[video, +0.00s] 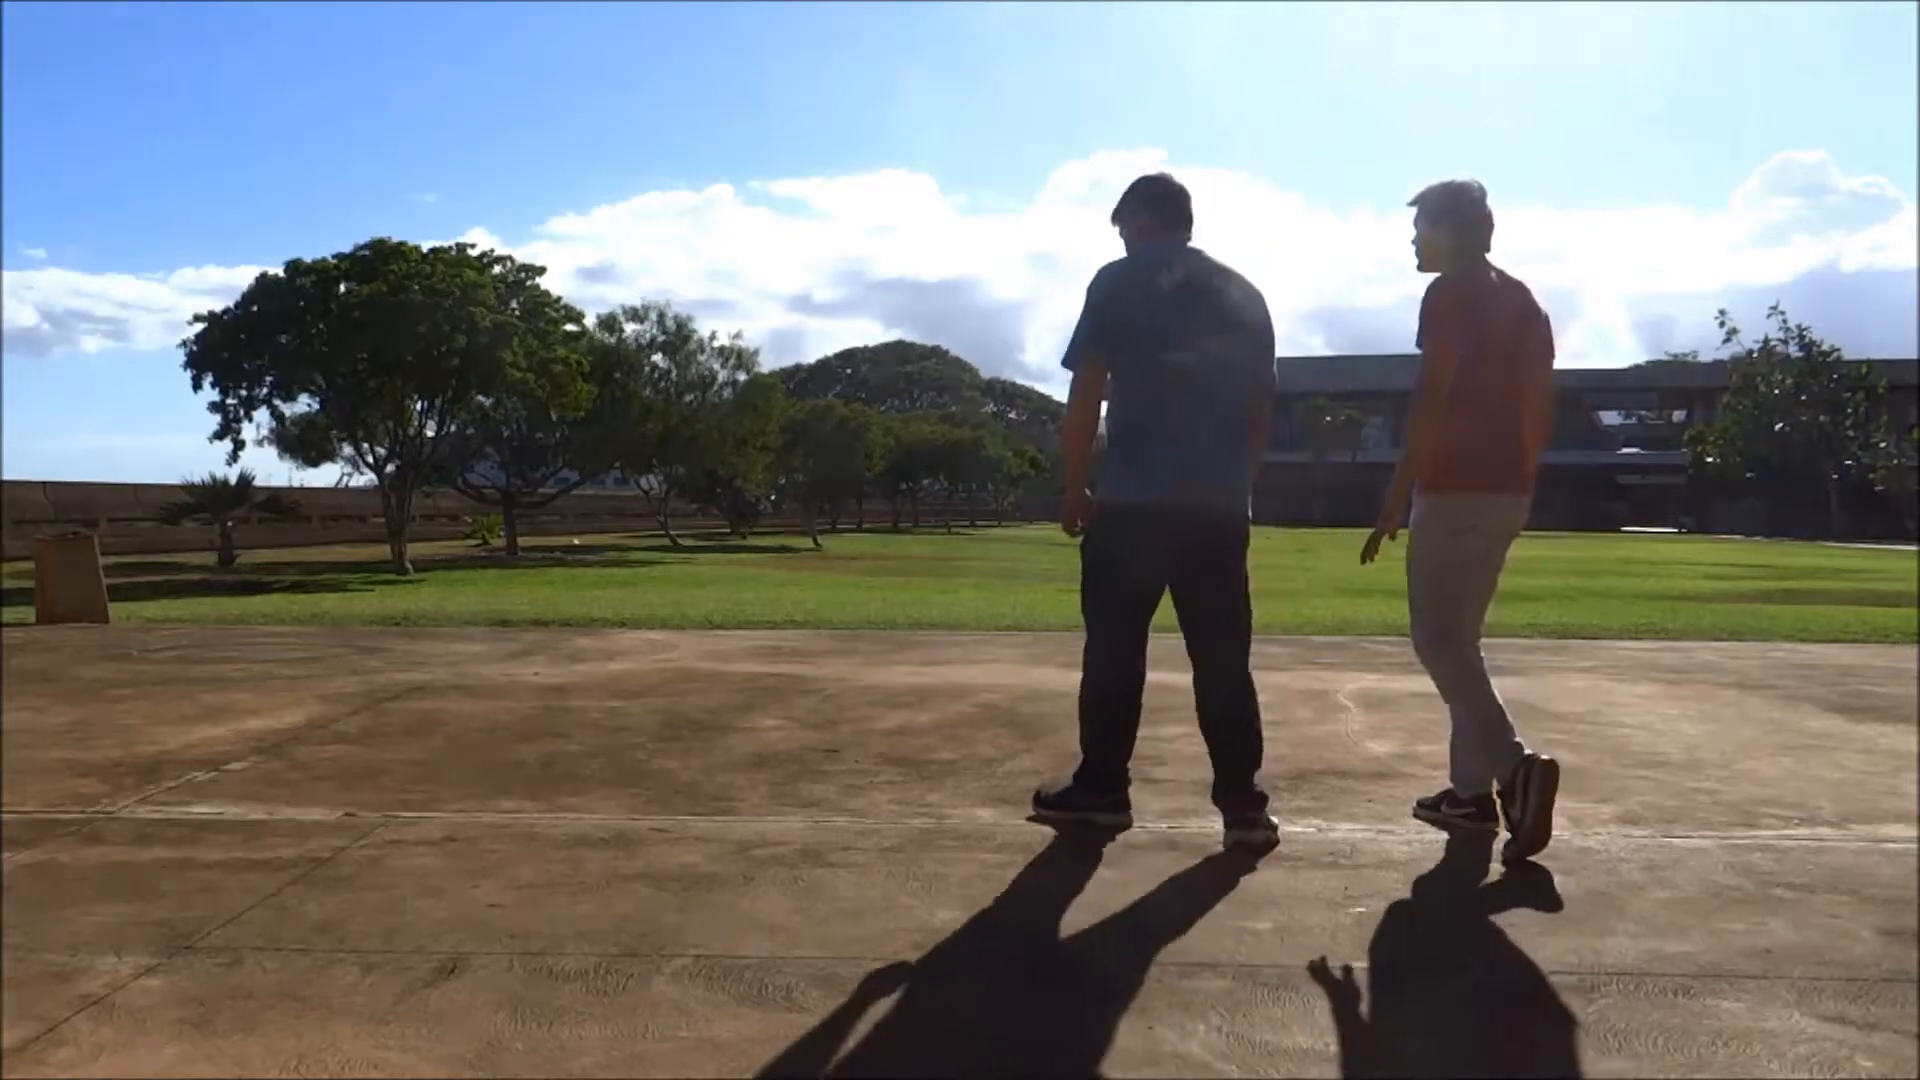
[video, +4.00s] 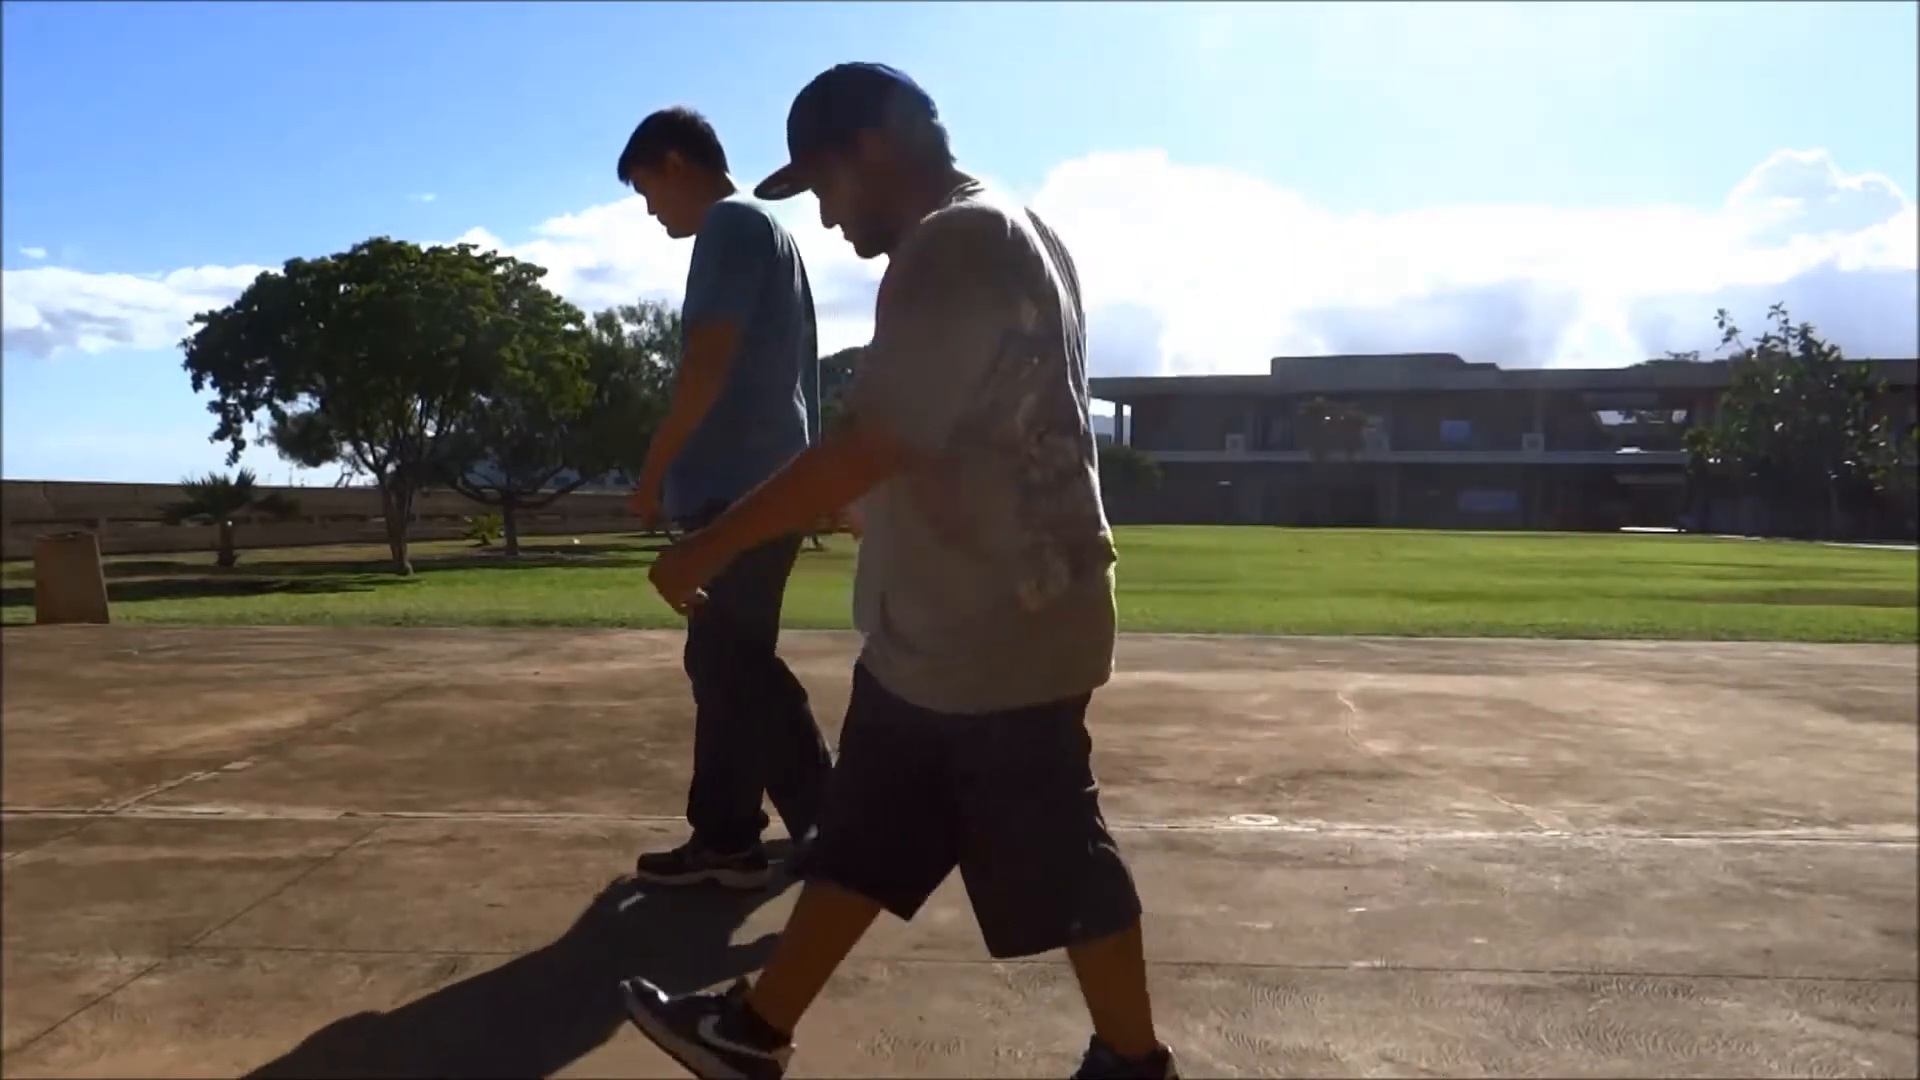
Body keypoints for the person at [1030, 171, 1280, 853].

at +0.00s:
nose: (1121, 240)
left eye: (1123, 228)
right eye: (1122, 229)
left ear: (1140, 222)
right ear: (1185, 221)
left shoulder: (1118, 282)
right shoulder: (1244, 294)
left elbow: (1086, 399)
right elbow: (1258, 414)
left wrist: (1075, 488)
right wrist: (1237, 489)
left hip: (1128, 507)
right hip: (1216, 511)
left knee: (1113, 654)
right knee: (1224, 661)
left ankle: (1100, 790)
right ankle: (1243, 808)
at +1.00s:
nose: (1017, 214)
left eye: (1031, 200)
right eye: (1008, 203)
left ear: (1066, 205)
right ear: (1000, 210)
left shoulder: (1111, 284)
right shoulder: (984, 295)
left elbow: (1145, 379)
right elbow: (937, 384)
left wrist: (1078, 421)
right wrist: (898, 450)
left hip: (1083, 492)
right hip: (1012, 496)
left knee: (1049, 637)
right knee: (1041, 635)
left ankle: (1015, 800)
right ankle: (1101, 756)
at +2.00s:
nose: (892, 202)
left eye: (906, 186)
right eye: (878, 188)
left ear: (936, 185)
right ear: (861, 192)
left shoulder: (981, 271)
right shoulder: (833, 279)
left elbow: (1009, 380)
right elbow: (811, 395)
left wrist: (985, 481)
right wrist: (794, 492)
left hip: (948, 510)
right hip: (852, 513)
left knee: (969, 666)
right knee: (839, 674)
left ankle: (1000, 802)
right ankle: (834, 819)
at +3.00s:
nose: (784, 189)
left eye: (792, 170)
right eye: (777, 176)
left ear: (844, 150)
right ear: (792, 171)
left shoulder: (922, 237)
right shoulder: (790, 258)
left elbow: (967, 366)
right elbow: (761, 388)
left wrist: (954, 484)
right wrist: (738, 492)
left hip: (890, 502)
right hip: (801, 507)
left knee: (882, 674)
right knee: (786, 663)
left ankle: (888, 863)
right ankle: (827, 809)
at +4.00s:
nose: (651, 213)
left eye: (648, 193)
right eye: (644, 198)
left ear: (679, 166)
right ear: (697, 164)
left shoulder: (731, 227)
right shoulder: (764, 232)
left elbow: (710, 362)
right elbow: (786, 372)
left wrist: (652, 472)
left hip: (738, 491)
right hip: (765, 486)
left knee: (726, 657)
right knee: (734, 656)